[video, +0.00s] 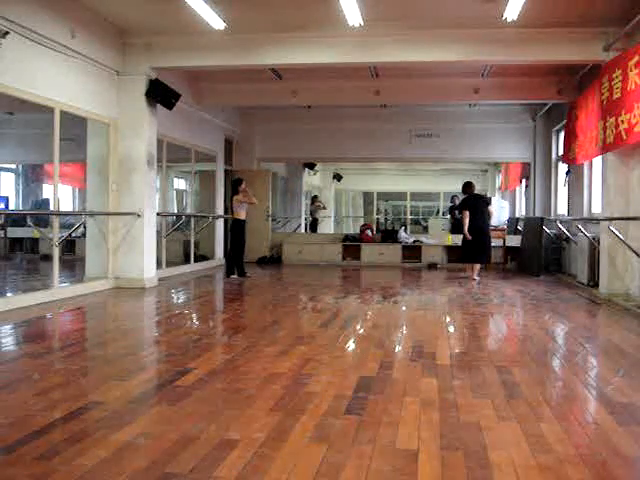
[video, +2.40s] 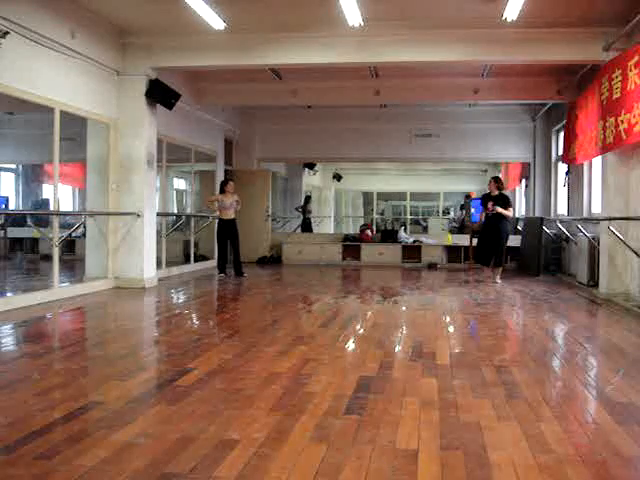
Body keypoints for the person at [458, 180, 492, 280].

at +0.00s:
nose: (463, 191)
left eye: (463, 190)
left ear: (463, 190)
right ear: (474, 189)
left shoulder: (465, 201)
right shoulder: (482, 198)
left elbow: (466, 216)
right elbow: (491, 212)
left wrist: (465, 230)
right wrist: (488, 224)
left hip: (471, 229)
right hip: (483, 229)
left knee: (469, 252)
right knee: (479, 253)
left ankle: (470, 273)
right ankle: (475, 275)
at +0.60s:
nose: (464, 196)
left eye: (464, 194)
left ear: (464, 194)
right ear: (473, 193)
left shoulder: (466, 202)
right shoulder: (479, 202)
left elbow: (466, 215)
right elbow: (488, 214)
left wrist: (461, 222)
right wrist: (487, 223)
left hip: (472, 229)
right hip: (483, 228)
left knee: (470, 248)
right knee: (481, 248)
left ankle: (472, 268)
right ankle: (482, 267)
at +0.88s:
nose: (461, 205)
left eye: (462, 203)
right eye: (461, 203)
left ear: (466, 202)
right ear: (466, 202)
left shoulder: (472, 206)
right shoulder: (469, 209)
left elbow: (480, 210)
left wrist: (477, 223)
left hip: (483, 230)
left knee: (470, 248)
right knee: (478, 249)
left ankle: (474, 268)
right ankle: (481, 268)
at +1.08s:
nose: (466, 203)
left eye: (467, 201)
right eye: (464, 202)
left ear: (471, 200)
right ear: (463, 203)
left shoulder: (477, 206)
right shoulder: (467, 215)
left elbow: (489, 204)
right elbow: (465, 231)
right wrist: (458, 241)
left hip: (488, 229)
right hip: (478, 231)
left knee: (481, 249)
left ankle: (483, 270)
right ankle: (483, 269)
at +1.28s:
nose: (474, 195)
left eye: (475, 192)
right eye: (472, 193)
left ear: (479, 193)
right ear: (470, 194)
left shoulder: (485, 199)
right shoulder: (468, 205)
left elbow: (496, 204)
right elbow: (466, 221)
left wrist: (505, 208)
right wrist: (465, 226)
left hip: (489, 225)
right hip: (478, 227)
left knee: (490, 247)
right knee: (481, 248)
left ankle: (490, 270)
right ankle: (486, 269)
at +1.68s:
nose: (482, 187)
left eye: (484, 186)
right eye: (481, 185)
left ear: (489, 188)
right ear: (479, 188)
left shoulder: (494, 200)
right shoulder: (474, 200)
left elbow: (499, 213)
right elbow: (469, 214)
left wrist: (493, 220)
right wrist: (467, 226)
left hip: (490, 227)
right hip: (478, 227)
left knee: (490, 248)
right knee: (478, 249)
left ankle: (488, 269)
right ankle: (480, 272)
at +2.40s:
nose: (489, 185)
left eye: (491, 183)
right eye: (489, 183)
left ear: (497, 184)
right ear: (491, 185)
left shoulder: (504, 198)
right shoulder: (485, 197)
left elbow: (510, 213)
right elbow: (483, 212)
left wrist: (500, 210)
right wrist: (480, 223)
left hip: (501, 227)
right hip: (488, 226)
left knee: (499, 250)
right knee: (485, 248)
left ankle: (497, 275)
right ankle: (487, 273)